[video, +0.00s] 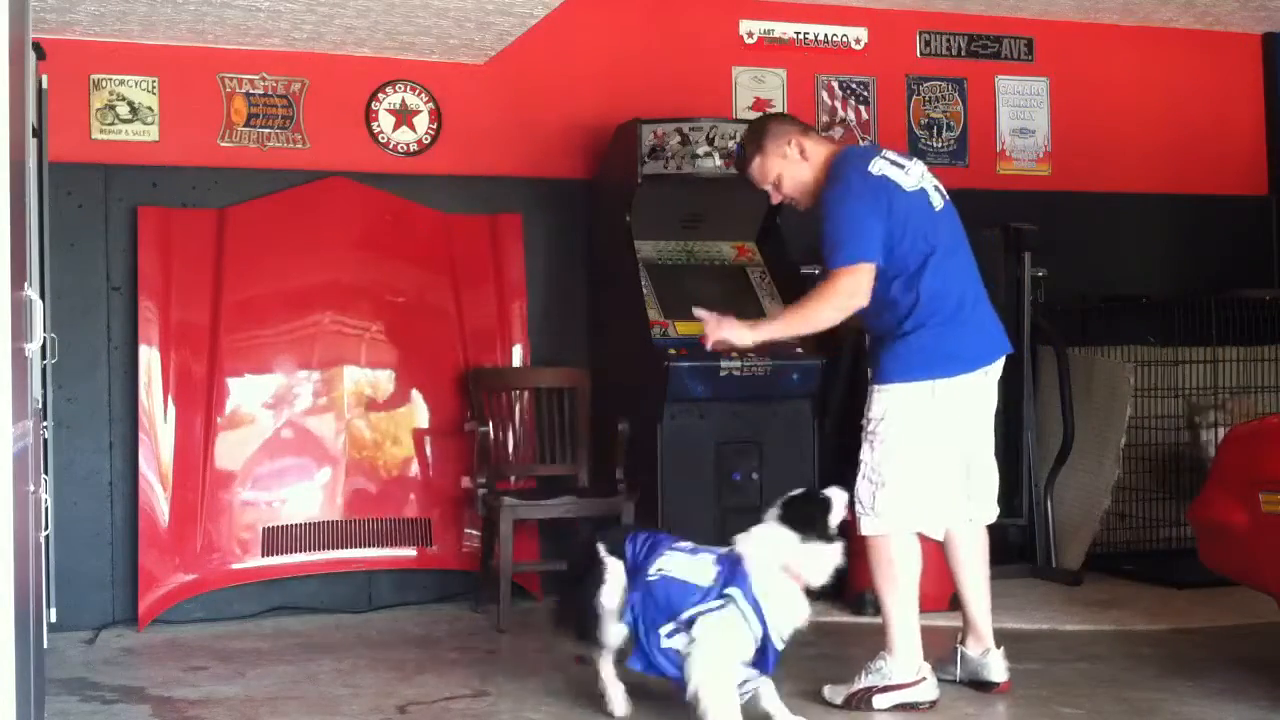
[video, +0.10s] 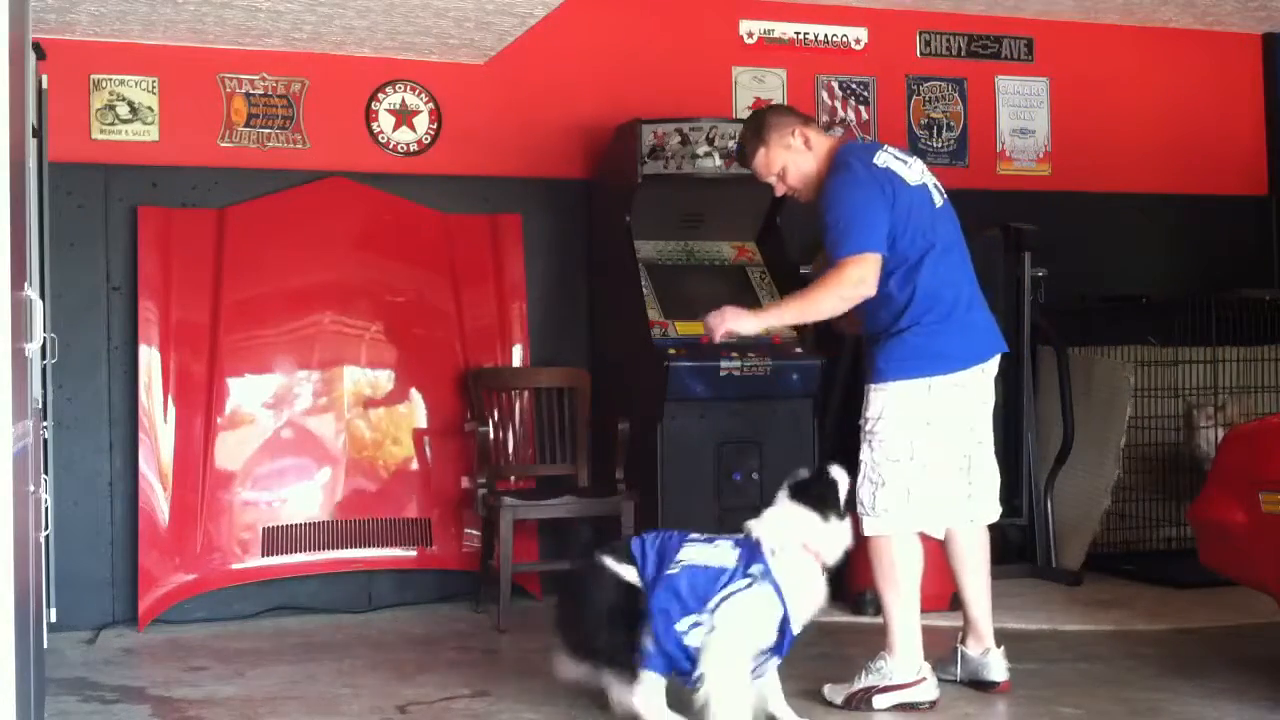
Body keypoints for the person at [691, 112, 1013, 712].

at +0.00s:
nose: (778, 199)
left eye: (773, 184)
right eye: (769, 191)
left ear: (798, 147)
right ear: (804, 142)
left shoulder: (852, 180)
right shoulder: (887, 161)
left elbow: (851, 288)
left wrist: (755, 330)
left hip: (920, 363)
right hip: (974, 351)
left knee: (883, 512)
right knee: (962, 509)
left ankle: (904, 664)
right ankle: (982, 648)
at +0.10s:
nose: (782, 191)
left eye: (776, 176)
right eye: (772, 183)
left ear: (800, 138)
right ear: (806, 133)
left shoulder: (853, 173)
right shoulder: (889, 157)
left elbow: (858, 278)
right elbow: (908, 269)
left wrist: (760, 316)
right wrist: (852, 308)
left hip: (916, 361)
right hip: (970, 351)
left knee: (885, 510)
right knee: (963, 507)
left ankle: (904, 663)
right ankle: (982, 647)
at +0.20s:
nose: (786, 184)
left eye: (781, 168)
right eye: (776, 176)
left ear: (807, 129)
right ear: (812, 128)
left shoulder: (857, 170)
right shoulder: (883, 156)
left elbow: (874, 266)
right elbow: (899, 278)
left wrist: (783, 330)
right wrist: (831, 302)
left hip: (915, 361)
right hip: (961, 350)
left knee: (889, 508)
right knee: (952, 500)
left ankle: (904, 663)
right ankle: (983, 641)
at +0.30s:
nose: (792, 179)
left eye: (787, 163)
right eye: (783, 171)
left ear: (813, 125)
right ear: (819, 124)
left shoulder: (862, 166)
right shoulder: (882, 153)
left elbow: (889, 256)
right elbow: (905, 257)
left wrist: (836, 351)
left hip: (918, 357)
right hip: (953, 350)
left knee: (895, 507)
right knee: (943, 498)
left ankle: (905, 663)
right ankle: (990, 630)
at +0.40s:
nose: (797, 177)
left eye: (794, 161)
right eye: (789, 169)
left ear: (820, 123)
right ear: (828, 121)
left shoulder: (870, 164)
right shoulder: (888, 153)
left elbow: (910, 250)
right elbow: (892, 262)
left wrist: (898, 362)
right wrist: (827, 297)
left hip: (924, 359)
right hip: (955, 355)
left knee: (900, 503)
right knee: (941, 496)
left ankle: (905, 663)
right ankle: (995, 621)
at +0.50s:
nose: (804, 177)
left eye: (802, 159)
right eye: (796, 169)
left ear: (832, 123)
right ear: (836, 124)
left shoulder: (883, 164)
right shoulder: (882, 162)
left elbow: (938, 245)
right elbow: (885, 255)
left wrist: (953, 355)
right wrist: (819, 265)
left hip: (923, 363)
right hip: (940, 358)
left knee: (902, 507)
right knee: (945, 497)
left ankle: (906, 664)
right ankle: (999, 618)